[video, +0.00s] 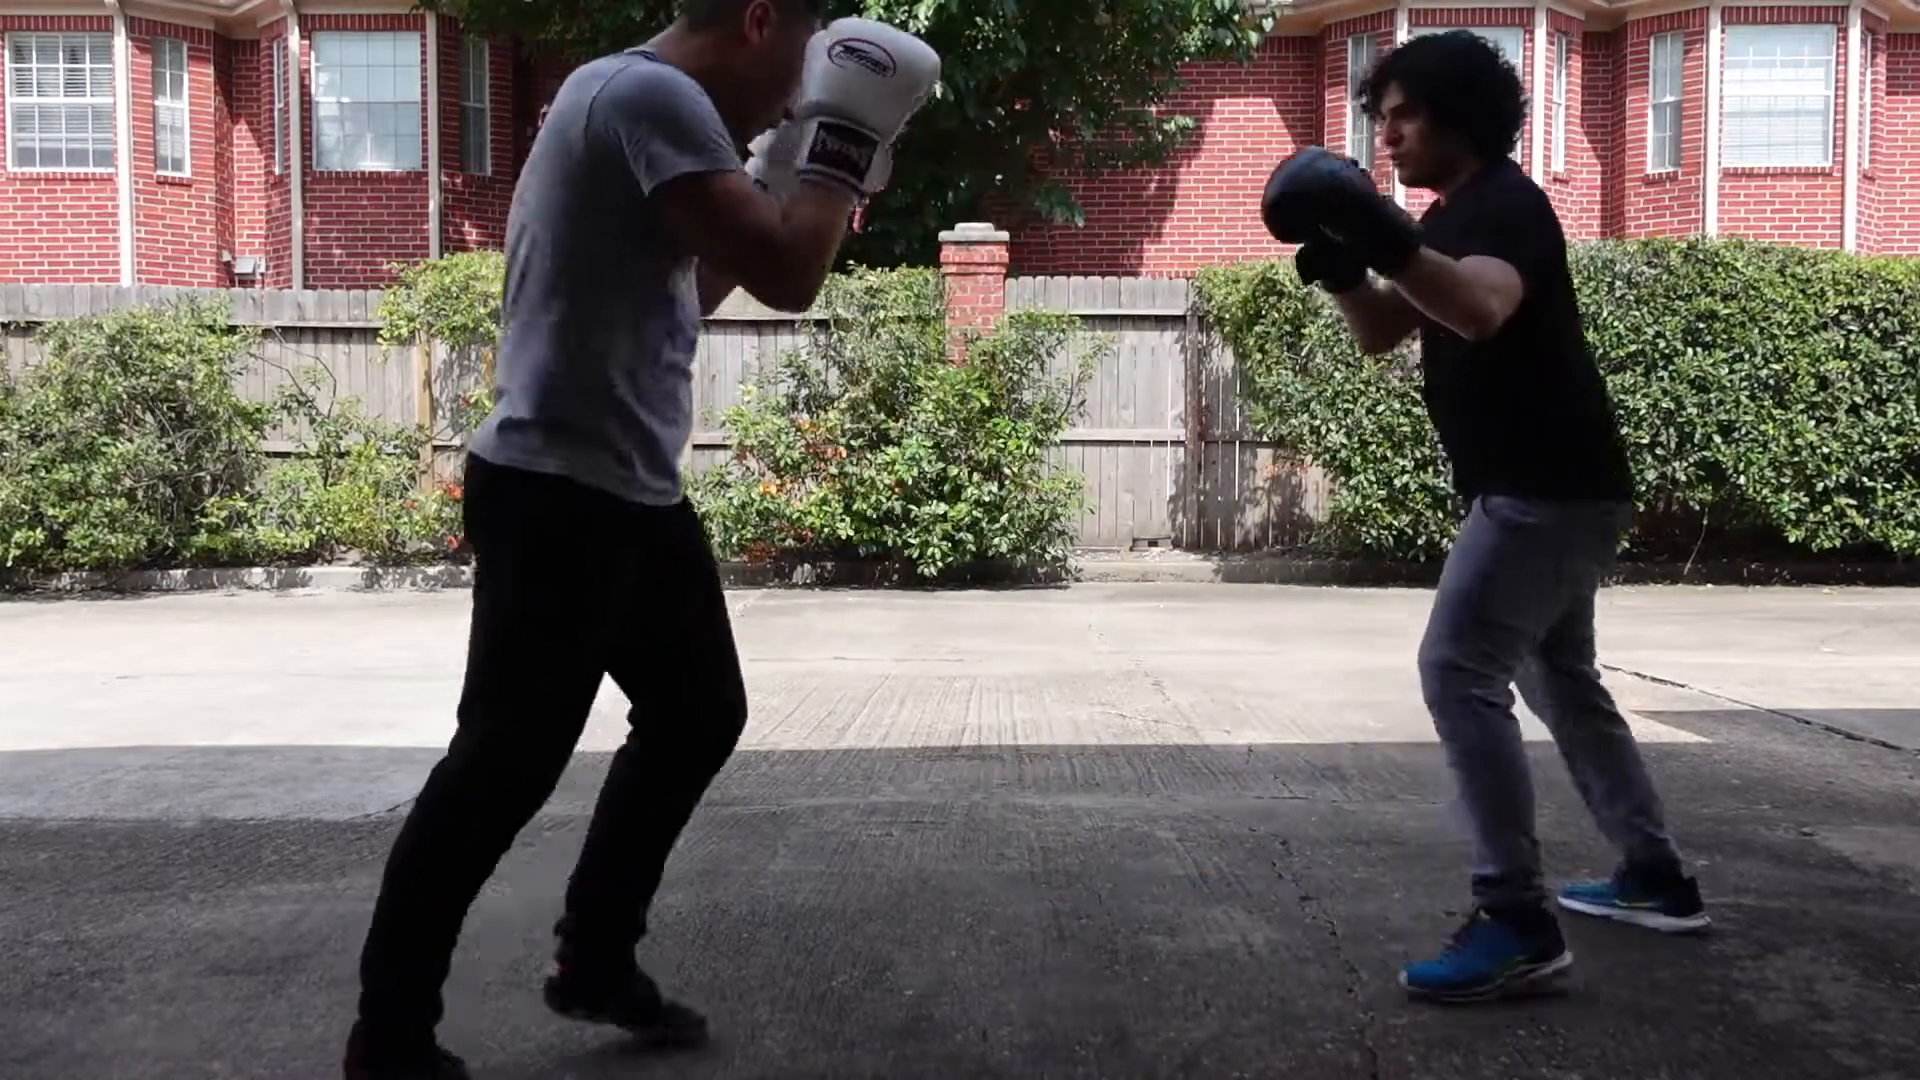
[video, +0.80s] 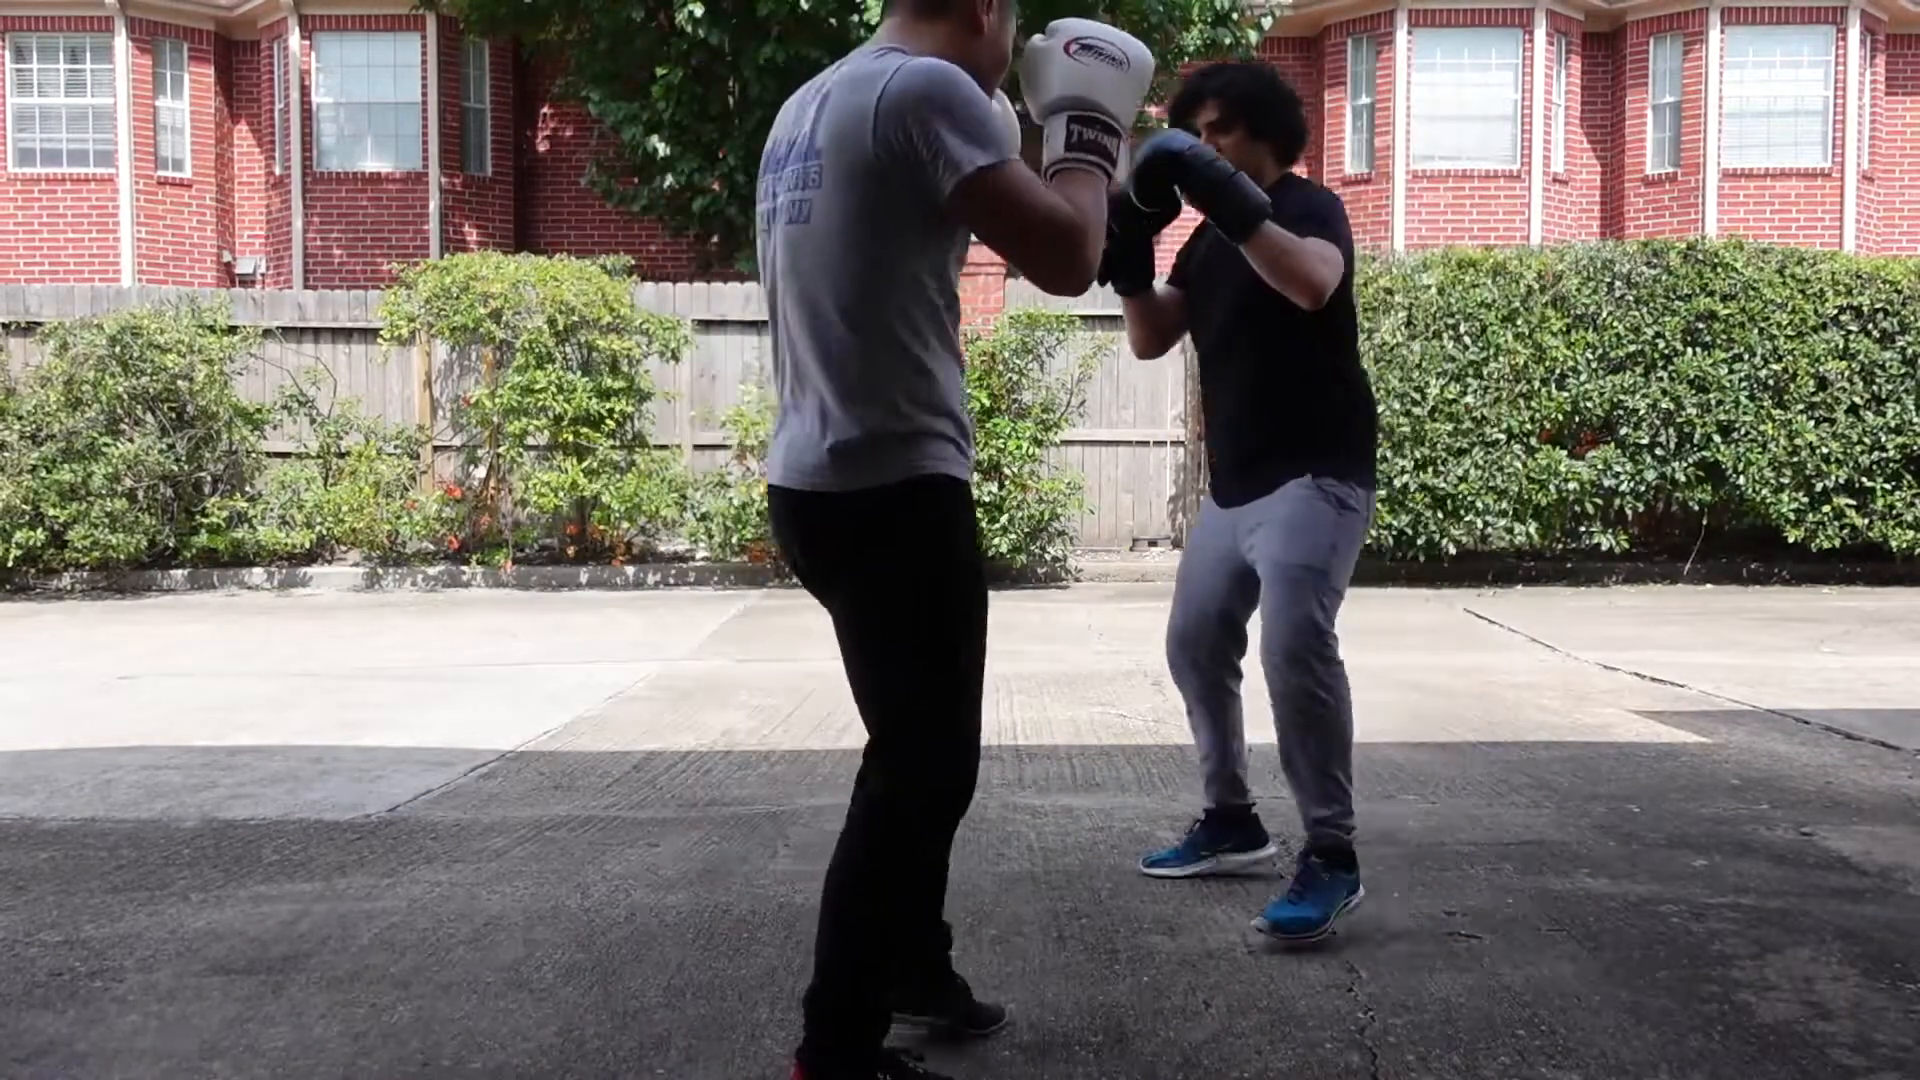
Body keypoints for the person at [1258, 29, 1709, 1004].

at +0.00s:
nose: (1384, 138)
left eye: (1397, 117)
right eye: (1381, 120)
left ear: (1451, 117)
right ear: (1436, 123)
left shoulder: (1504, 204)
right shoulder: (1447, 216)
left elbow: (1481, 309)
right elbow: (1382, 330)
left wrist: (1377, 231)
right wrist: (1333, 264)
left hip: (1544, 496)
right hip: (1537, 493)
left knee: (1457, 674)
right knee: (1559, 681)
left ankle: (1516, 918)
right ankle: (1656, 874)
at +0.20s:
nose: (1370, 137)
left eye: (1383, 117)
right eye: (1364, 122)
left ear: (1441, 115)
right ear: (1384, 127)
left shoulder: (1495, 203)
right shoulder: (1416, 219)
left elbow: (1440, 295)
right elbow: (1343, 327)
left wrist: (1350, 197)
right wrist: (1313, 253)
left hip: (1531, 501)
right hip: (1489, 501)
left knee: (1470, 685)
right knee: (1499, 686)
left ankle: (1536, 920)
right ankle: (1620, 842)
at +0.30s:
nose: (1353, 132)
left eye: (1368, 112)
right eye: (1346, 117)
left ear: (1428, 112)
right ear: (1356, 127)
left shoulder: (1481, 206)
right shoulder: (1392, 219)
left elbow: (1443, 321)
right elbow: (1331, 348)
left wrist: (1346, 225)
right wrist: (1292, 264)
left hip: (1500, 496)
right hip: (1430, 498)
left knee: (1464, 690)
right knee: (1388, 664)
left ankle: (1536, 917)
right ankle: (1539, 812)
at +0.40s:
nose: (1329, 132)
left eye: (1343, 112)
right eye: (1322, 117)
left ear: (1406, 111)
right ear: (1323, 126)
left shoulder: (1456, 202)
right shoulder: (1350, 216)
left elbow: (1425, 302)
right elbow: (1289, 324)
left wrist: (1328, 208)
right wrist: (1257, 242)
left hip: (1469, 496)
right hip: (1386, 496)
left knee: (1459, 688)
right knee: (1328, 648)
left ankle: (1536, 915)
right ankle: (1401, 823)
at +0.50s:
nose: (1298, 142)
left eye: (1314, 123)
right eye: (1294, 127)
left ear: (1372, 124)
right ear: (1304, 137)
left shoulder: (1421, 207)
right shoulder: (1316, 229)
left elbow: (1383, 285)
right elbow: (1240, 328)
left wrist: (1296, 186)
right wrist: (1221, 237)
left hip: (1426, 498)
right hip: (1342, 499)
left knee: (1440, 690)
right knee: (1287, 664)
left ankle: (1532, 912)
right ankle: (1274, 820)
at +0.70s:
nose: (1235, 164)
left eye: (1249, 144)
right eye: (1226, 150)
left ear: (1302, 145)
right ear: (1222, 162)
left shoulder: (1337, 231)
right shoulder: (1235, 249)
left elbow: (1342, 324)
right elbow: (1175, 348)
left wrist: (1245, 235)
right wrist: (1151, 274)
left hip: (1332, 504)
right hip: (1249, 508)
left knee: (1329, 662)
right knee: (1202, 670)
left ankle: (1432, 870)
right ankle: (1235, 832)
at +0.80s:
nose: (1200, 149)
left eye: (1215, 131)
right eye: (1194, 135)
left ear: (1263, 133)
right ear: (1195, 146)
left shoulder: (1309, 204)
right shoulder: (1208, 239)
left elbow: (1315, 282)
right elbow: (1151, 336)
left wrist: (1222, 195)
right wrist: (1131, 253)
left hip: (1315, 480)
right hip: (1231, 491)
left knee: (1294, 648)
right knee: (1195, 646)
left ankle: (1330, 856)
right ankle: (1230, 816)